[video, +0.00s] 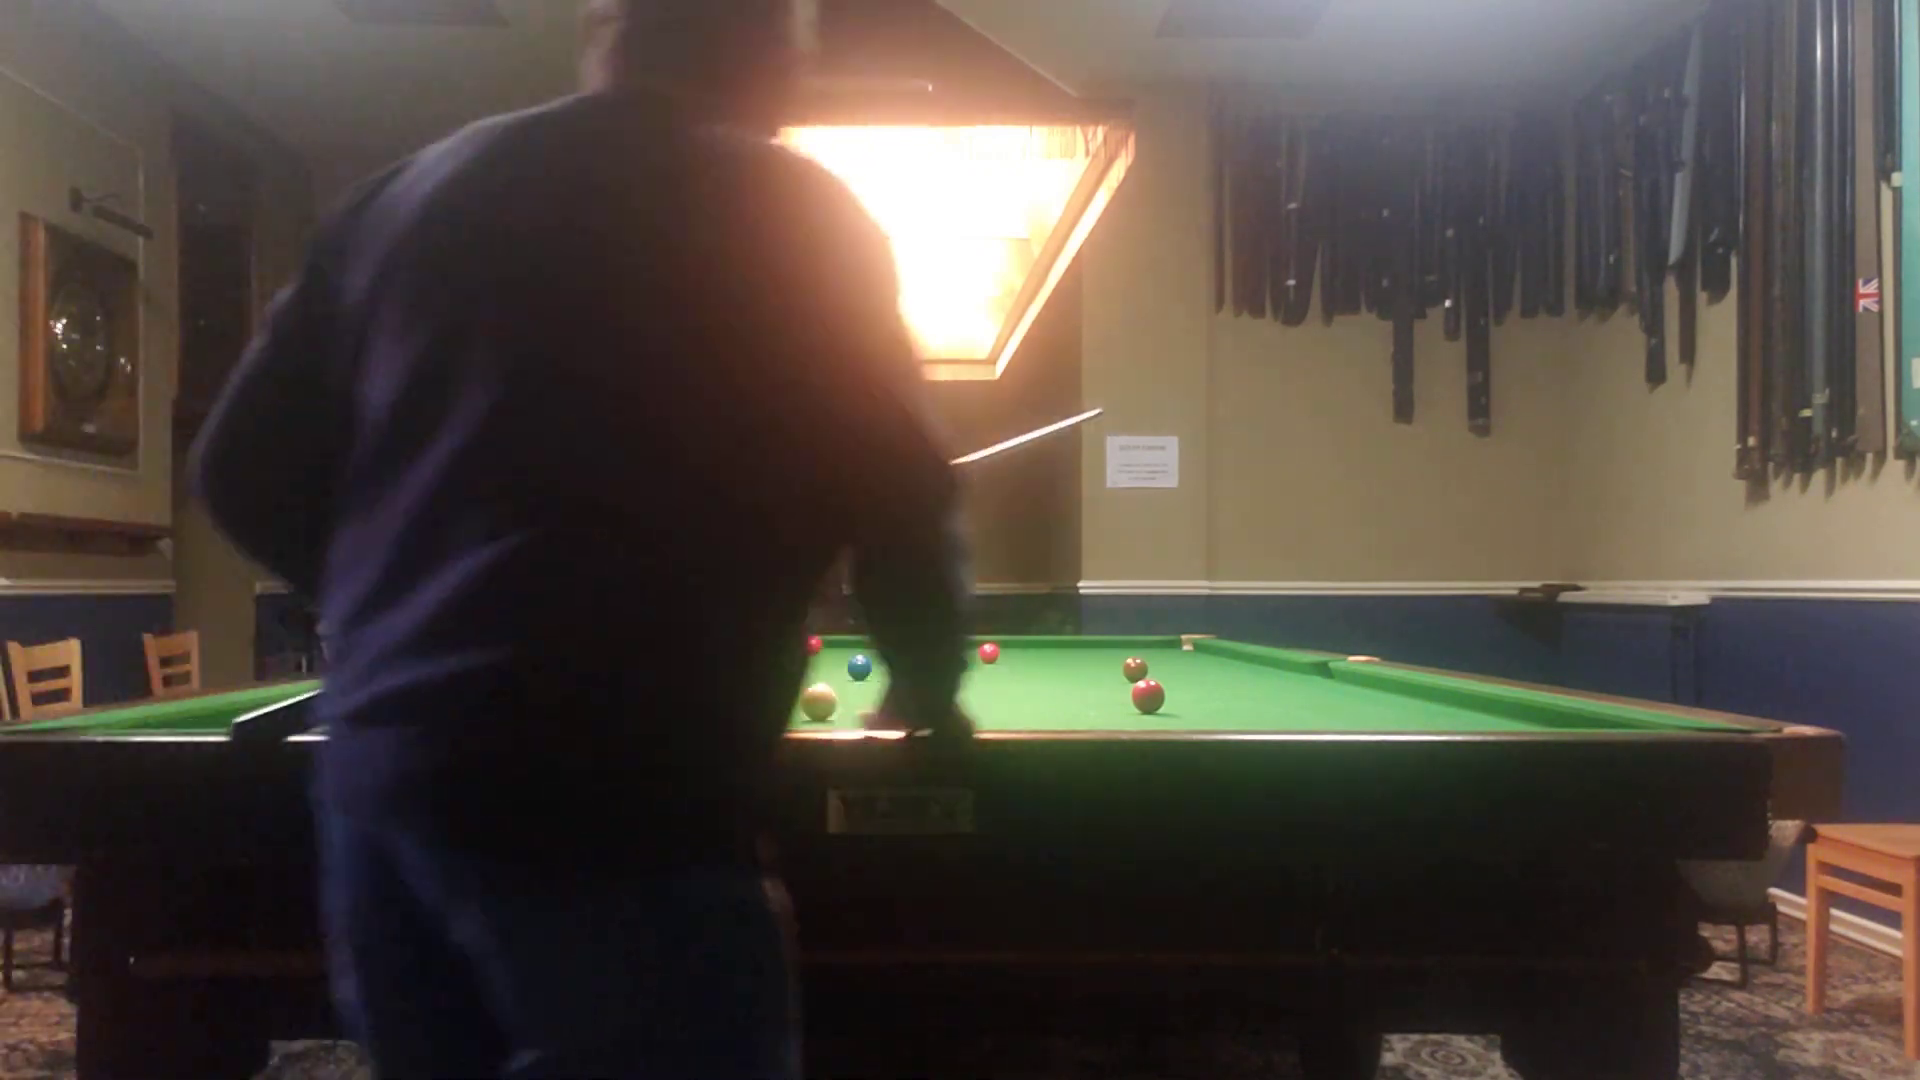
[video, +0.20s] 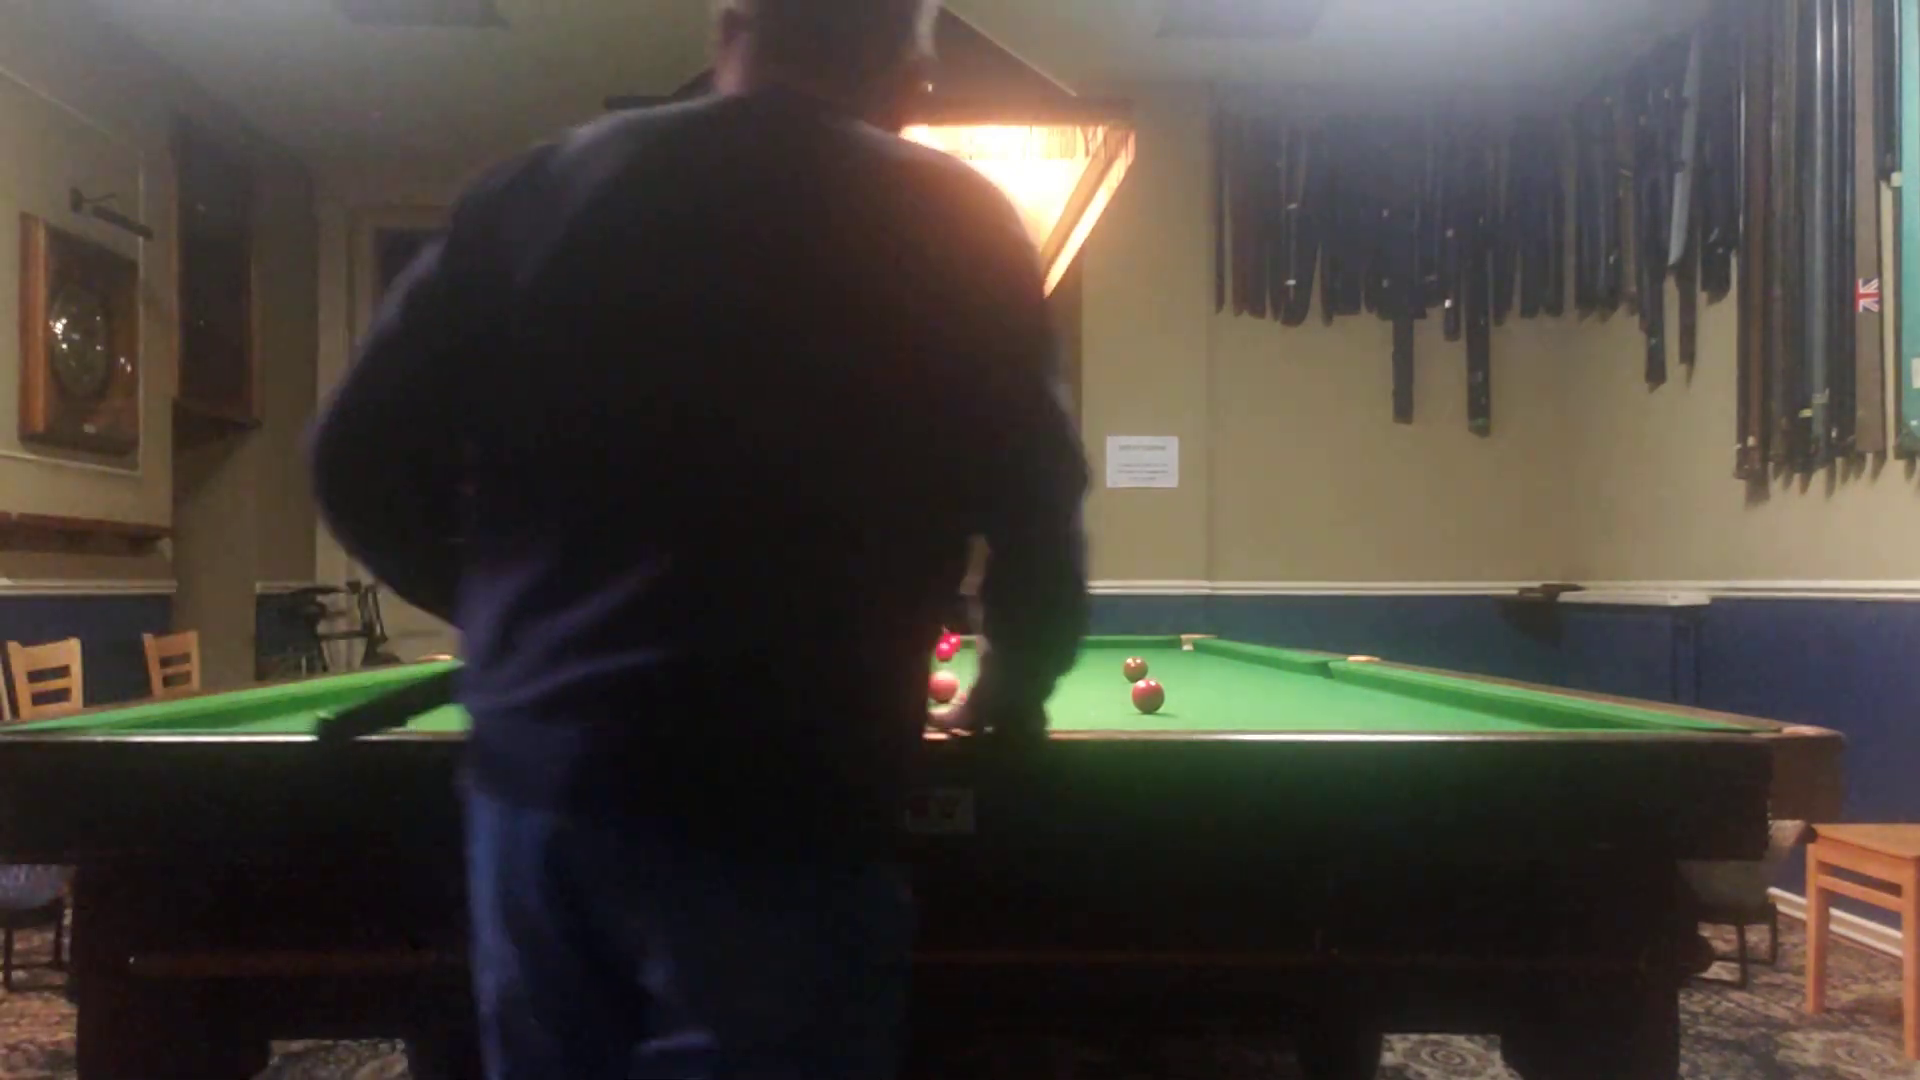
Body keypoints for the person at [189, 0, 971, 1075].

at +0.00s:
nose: (796, 94)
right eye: (793, 69)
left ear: (602, 52)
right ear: (771, 68)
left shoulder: (410, 193)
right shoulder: (805, 214)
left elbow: (244, 463)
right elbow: (905, 504)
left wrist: (388, 585)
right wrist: (927, 695)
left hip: (378, 781)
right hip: (636, 789)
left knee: (428, 1063)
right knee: (677, 1062)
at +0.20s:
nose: (921, 92)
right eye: (923, 75)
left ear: (725, 37)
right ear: (907, 80)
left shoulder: (544, 188)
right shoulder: (960, 222)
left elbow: (357, 455)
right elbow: (1042, 524)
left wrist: (506, 604)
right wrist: (1008, 697)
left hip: (538, 776)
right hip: (807, 782)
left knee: (549, 1065)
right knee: (786, 1063)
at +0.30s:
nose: (966, 91)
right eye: (964, 66)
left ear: (767, 54)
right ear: (947, 72)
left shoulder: (601, 211)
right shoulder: (1012, 234)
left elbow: (422, 478)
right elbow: (1096, 579)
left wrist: (559, 631)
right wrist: (1031, 713)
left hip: (617, 790)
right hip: (880, 798)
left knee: (633, 1063)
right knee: (850, 1062)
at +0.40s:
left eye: (776, 77)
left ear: (789, 86)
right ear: (967, 97)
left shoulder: (655, 243)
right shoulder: (1055, 249)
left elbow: (488, 518)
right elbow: (1142, 564)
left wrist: (617, 667)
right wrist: (1053, 712)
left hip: (702, 815)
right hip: (964, 813)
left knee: (725, 1066)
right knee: (954, 1061)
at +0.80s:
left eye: (999, 106)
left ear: (993, 107)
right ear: (1153, 108)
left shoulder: (901, 250)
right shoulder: (1266, 255)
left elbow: (764, 548)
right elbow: (1340, 575)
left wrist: (837, 686)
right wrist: (1222, 704)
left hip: (950, 836)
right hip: (1208, 836)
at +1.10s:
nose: (1124, 130)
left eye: (1127, 106)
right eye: (1126, 109)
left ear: (1157, 97)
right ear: (1317, 99)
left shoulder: (1129, 223)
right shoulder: (1427, 241)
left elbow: (1065, 484)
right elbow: (1470, 519)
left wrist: (1016, 699)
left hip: (1212, 771)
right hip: (1442, 770)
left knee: (1158, 1058)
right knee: (1412, 1064)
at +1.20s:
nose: (1144, 131)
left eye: (1147, 106)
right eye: (1144, 109)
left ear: (1179, 96)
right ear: (1334, 95)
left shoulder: (1172, 216)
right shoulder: (1448, 237)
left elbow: (1128, 483)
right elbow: (1505, 526)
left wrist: (1060, 702)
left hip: (1267, 790)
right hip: (1494, 784)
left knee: (1230, 1056)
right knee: (1452, 1062)